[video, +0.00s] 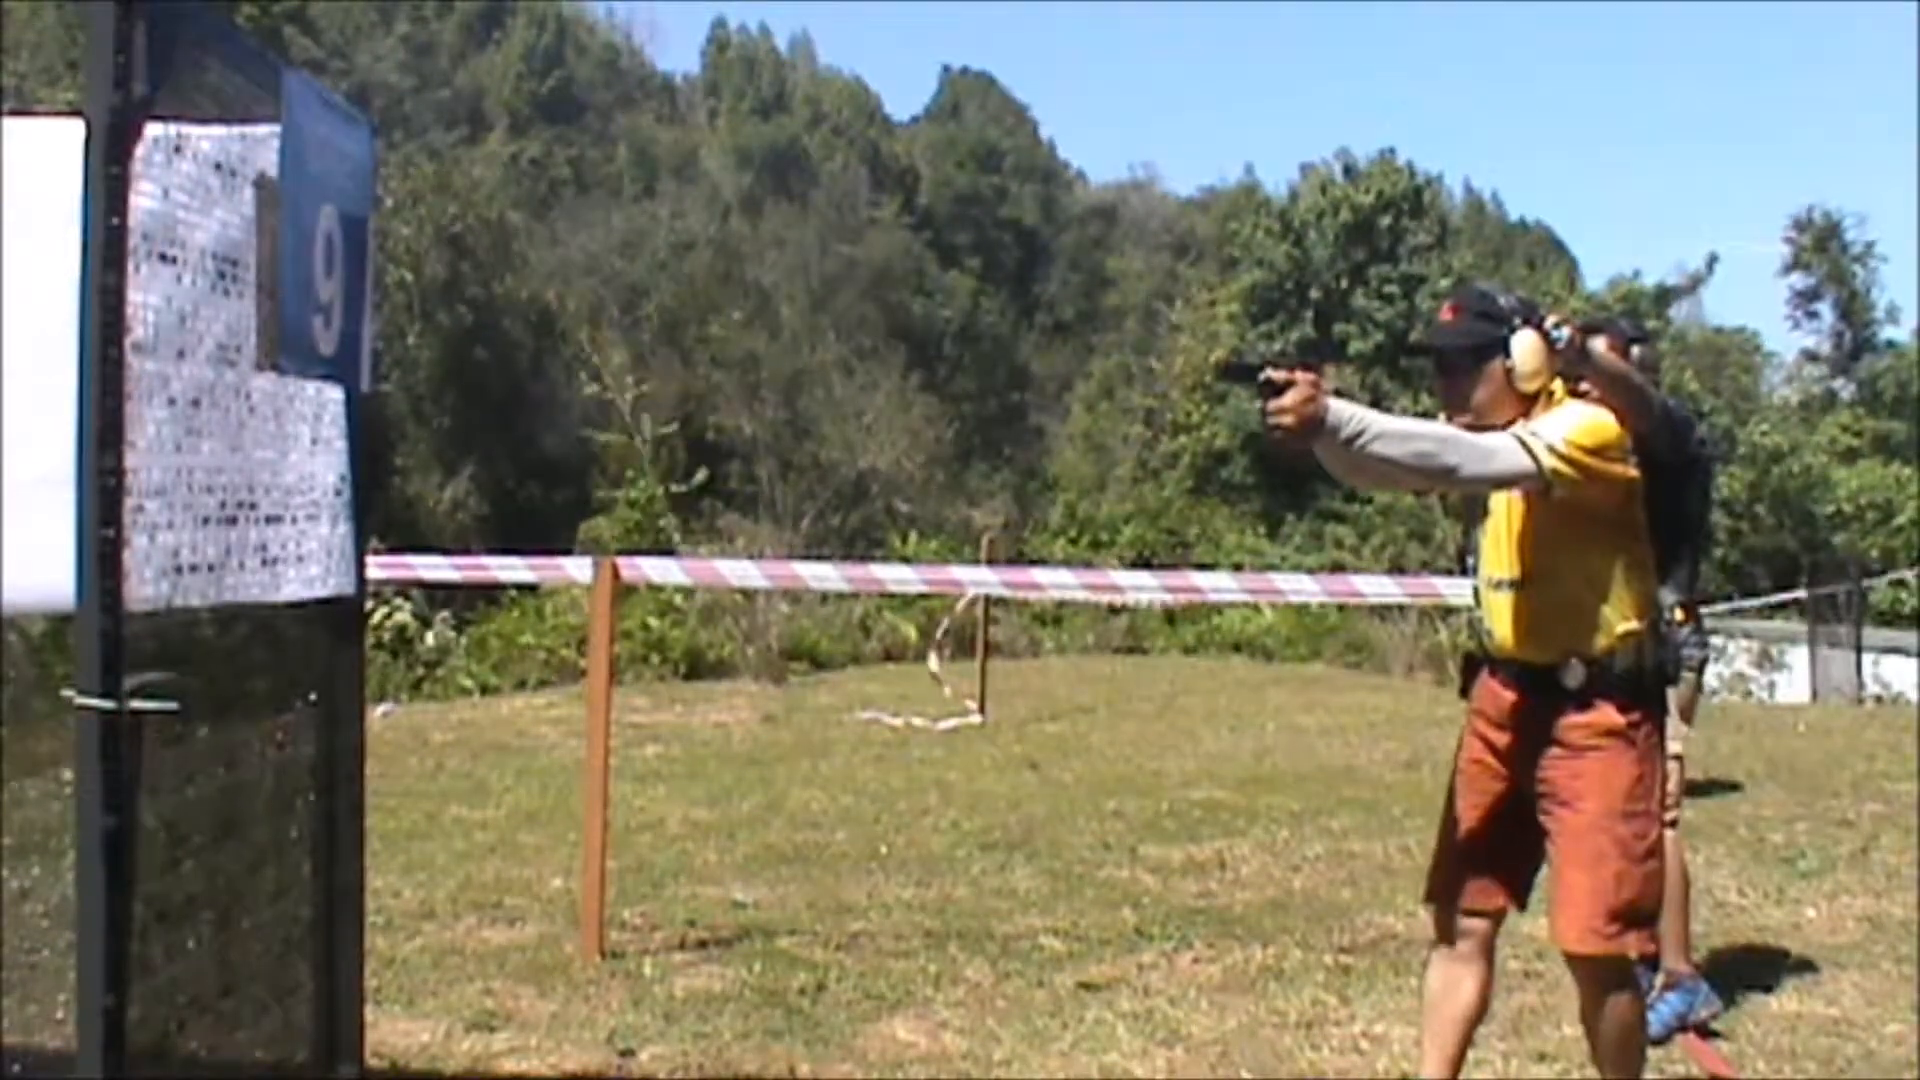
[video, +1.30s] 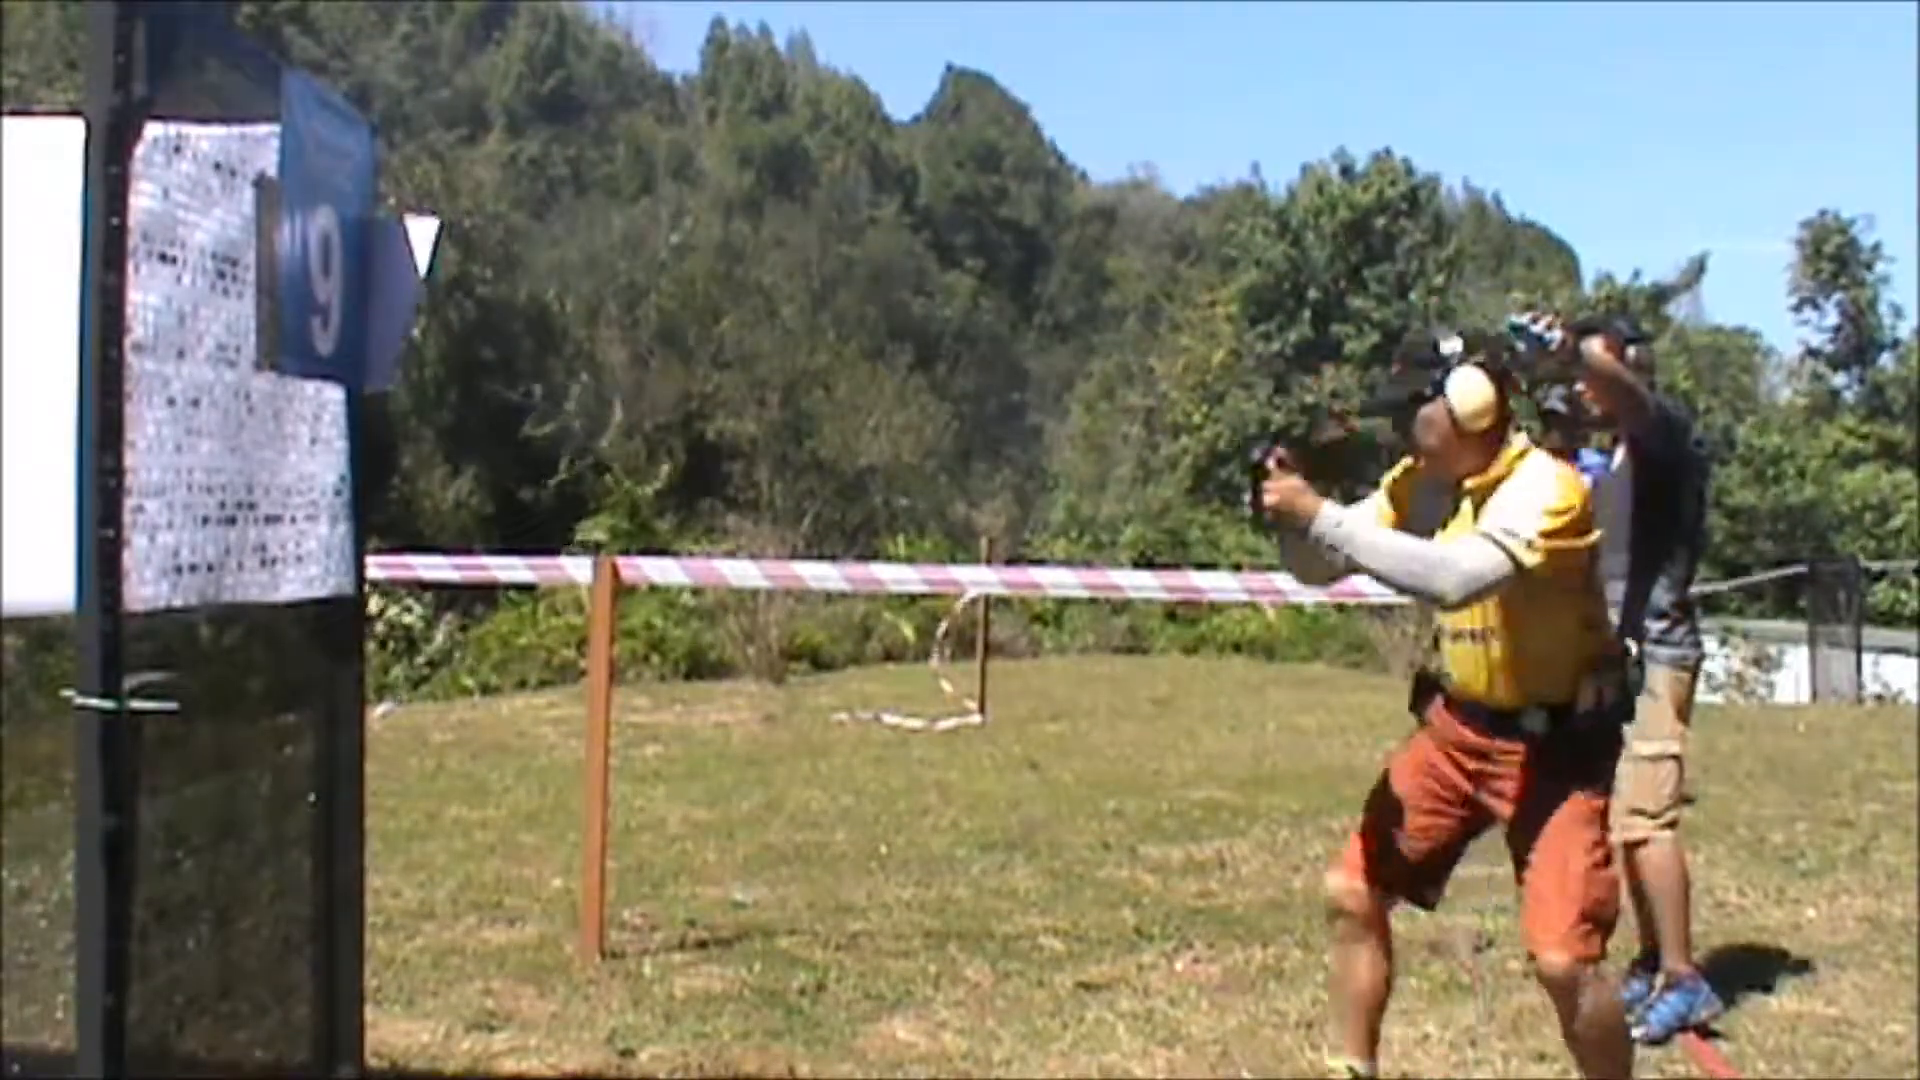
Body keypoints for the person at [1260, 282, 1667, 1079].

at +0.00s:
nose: (1448, 392)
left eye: (1462, 372)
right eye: (1441, 373)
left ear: (1514, 362)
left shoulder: (1591, 427)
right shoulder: (1497, 435)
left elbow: (1467, 460)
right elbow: (1402, 470)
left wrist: (1332, 412)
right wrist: (1320, 430)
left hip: (1601, 711)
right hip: (1505, 700)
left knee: (1597, 946)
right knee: (1463, 922)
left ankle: (1623, 1072)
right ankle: (1433, 1072)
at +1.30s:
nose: (1411, 417)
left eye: (1423, 405)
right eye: (1413, 404)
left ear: (1469, 421)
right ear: (1457, 423)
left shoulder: (1549, 486)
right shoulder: (1420, 481)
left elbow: (1455, 576)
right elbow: (1322, 565)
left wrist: (1321, 516)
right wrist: (1291, 508)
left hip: (1557, 751)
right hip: (1457, 734)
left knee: (1562, 962)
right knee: (1355, 896)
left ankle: (1609, 1073)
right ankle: (1355, 1066)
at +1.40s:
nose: (1389, 469)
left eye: (1402, 461)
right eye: (1394, 457)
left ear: (1441, 475)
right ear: (1423, 468)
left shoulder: (1523, 526)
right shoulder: (1394, 515)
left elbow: (1420, 618)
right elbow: (1297, 605)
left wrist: (1277, 570)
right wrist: (1247, 581)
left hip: (1535, 773)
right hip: (1433, 757)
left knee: (1548, 972)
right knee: (1311, 901)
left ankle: (1606, 1073)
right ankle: (1294, 1062)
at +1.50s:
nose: (1296, 509)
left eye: (1304, 495)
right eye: (1297, 495)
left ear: (1343, 502)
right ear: (1322, 507)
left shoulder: (1426, 544)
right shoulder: (1315, 564)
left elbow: (1422, 644)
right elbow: (1244, 633)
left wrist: (1314, 680)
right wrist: (1162, 620)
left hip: (1473, 796)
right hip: (1374, 785)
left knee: (1501, 990)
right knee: (1244, 904)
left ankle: (1590, 1072)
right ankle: (1201, 1064)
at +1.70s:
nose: (1035, 484)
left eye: (1046, 470)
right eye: (1037, 472)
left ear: (1081, 475)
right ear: (1082, 480)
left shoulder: (1119, 515)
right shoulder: (1097, 562)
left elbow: (1203, 560)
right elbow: (1053, 659)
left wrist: (1222, 683)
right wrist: (952, 623)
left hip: (1285, 761)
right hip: (1213, 779)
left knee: (1393, 954)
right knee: (1116, 901)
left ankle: (1529, 1070)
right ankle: (1173, 1067)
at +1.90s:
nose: (793, 475)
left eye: (800, 460)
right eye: (793, 464)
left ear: (832, 464)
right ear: (824, 482)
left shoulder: (878, 483)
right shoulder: (855, 575)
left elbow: (957, 470)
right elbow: (792, 646)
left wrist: (897, 569)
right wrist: (693, 602)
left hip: (1033, 703)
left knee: (899, 894)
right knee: (1033, 917)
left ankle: (1065, 1007)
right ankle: (1143, 1050)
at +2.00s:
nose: (684, 435)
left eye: (693, 420)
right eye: (684, 423)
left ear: (728, 418)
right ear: (731, 423)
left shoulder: (771, 451)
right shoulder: (749, 502)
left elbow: (838, 497)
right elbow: (697, 615)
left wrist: (738, 585)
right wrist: (598, 573)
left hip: (902, 686)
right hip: (917, 689)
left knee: (756, 859)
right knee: (993, 884)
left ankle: (794, 1049)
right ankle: (1126, 1034)